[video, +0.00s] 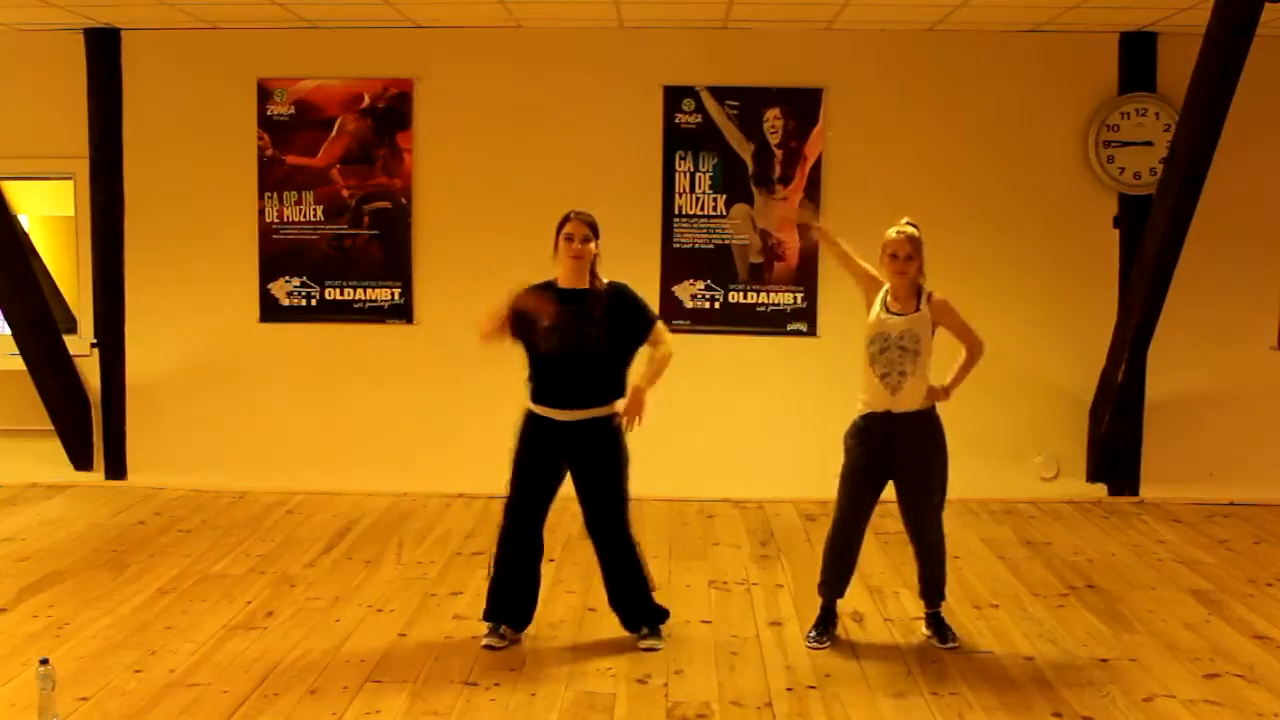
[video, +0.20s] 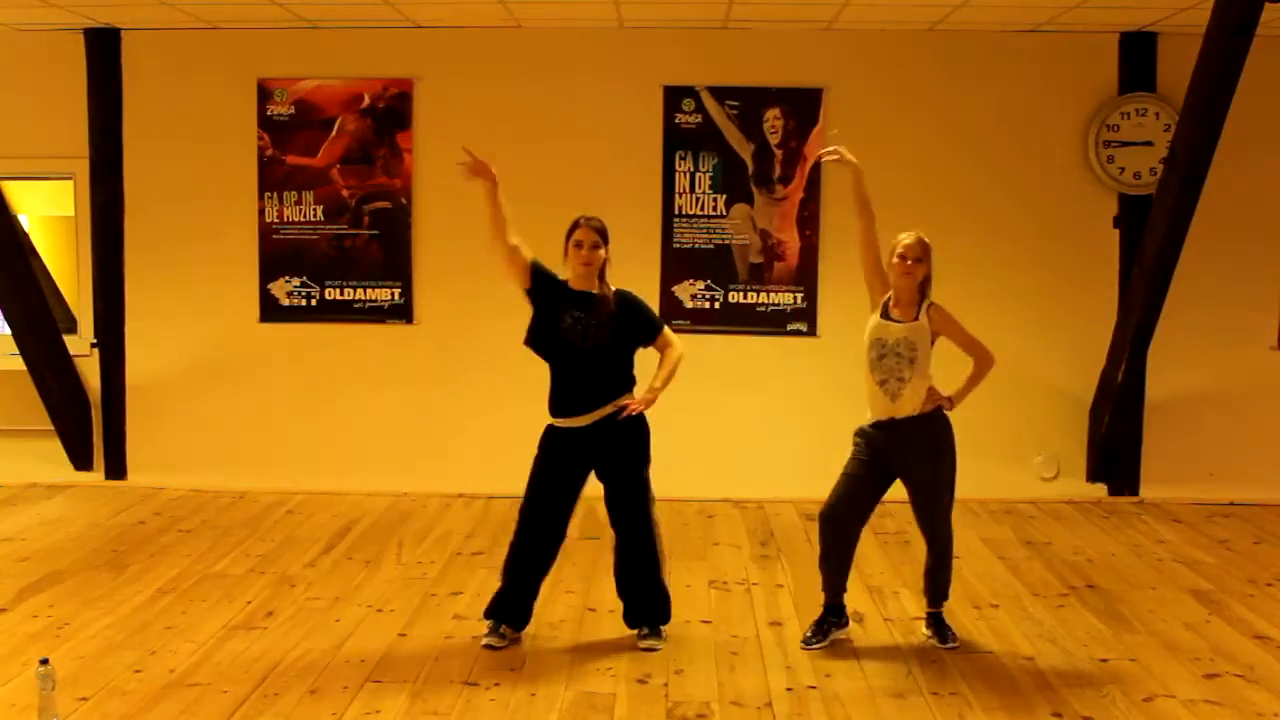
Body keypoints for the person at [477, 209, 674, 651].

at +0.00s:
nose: (578, 244)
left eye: (586, 239)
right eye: (569, 238)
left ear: (597, 249)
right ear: (556, 246)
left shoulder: (619, 300)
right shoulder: (532, 300)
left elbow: (664, 346)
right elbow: (489, 336)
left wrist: (641, 390)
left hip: (599, 430)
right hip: (543, 428)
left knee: (611, 527)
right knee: (520, 523)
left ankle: (643, 620)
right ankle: (505, 620)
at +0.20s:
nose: (586, 252)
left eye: (595, 245)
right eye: (579, 245)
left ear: (607, 253)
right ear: (567, 252)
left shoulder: (625, 306)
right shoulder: (549, 295)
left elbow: (673, 350)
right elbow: (506, 245)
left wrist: (651, 393)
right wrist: (491, 185)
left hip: (620, 429)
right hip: (565, 434)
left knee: (634, 527)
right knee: (537, 527)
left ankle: (647, 620)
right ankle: (507, 619)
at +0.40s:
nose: (591, 255)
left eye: (600, 248)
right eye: (584, 248)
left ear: (612, 255)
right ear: (573, 253)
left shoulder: (630, 307)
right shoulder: (556, 293)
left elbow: (676, 355)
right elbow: (528, 233)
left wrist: (653, 398)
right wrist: (508, 172)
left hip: (619, 431)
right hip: (563, 435)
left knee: (635, 530)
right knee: (533, 529)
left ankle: (648, 621)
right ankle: (506, 621)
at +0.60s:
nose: (593, 259)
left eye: (602, 252)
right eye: (587, 251)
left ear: (615, 258)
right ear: (576, 255)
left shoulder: (631, 309)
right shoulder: (559, 292)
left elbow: (677, 358)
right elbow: (533, 231)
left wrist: (654, 400)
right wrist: (515, 172)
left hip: (619, 431)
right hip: (562, 434)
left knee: (633, 529)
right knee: (534, 528)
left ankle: (648, 621)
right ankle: (506, 620)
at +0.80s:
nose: (594, 261)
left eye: (603, 254)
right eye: (588, 253)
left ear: (617, 258)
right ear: (578, 255)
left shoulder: (633, 310)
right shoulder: (561, 292)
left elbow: (677, 360)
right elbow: (535, 231)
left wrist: (653, 401)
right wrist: (515, 171)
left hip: (619, 432)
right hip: (562, 434)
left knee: (633, 528)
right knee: (534, 528)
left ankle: (649, 620)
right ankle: (506, 620)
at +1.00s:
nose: (595, 261)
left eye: (603, 254)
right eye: (589, 253)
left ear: (617, 259)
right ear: (578, 256)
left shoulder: (634, 311)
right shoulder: (563, 292)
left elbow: (677, 361)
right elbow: (537, 230)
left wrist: (653, 401)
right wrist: (517, 171)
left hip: (619, 432)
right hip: (563, 434)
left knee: (634, 529)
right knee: (534, 528)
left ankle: (649, 620)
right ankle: (506, 620)